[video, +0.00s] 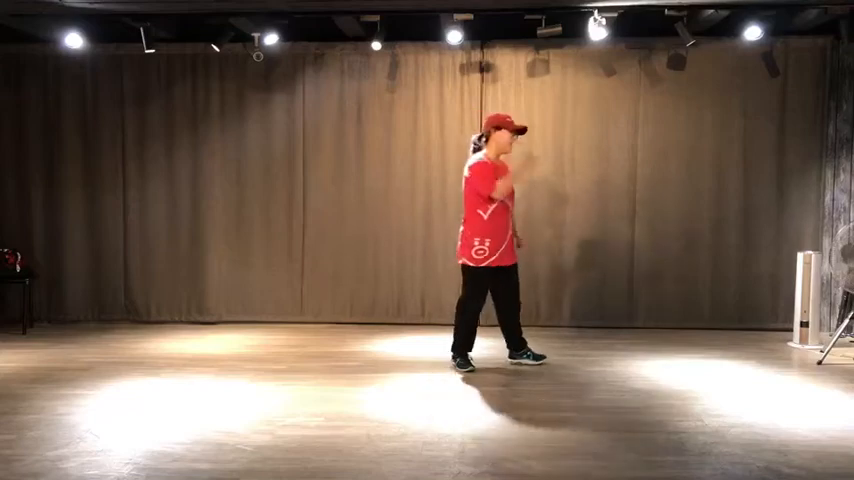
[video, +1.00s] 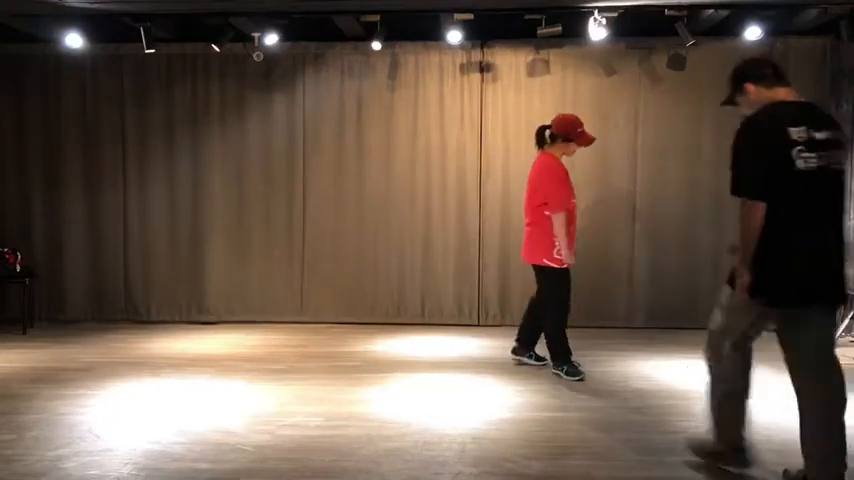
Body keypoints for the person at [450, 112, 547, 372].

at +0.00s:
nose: (513, 141)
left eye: (513, 136)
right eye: (510, 135)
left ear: (498, 137)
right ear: (494, 135)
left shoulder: (503, 167)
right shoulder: (477, 165)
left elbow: (507, 205)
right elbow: (497, 192)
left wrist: (512, 232)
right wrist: (519, 170)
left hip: (502, 248)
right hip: (478, 249)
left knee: (509, 302)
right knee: (471, 304)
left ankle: (517, 349)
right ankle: (460, 353)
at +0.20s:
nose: (530, 136)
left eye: (530, 132)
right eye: (526, 131)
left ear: (511, 134)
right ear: (510, 132)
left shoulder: (508, 164)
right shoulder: (502, 164)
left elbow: (508, 205)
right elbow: (507, 205)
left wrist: (517, 237)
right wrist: (510, 237)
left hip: (516, 250)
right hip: (499, 249)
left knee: (517, 301)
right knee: (489, 299)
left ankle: (518, 349)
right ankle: (464, 349)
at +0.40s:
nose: (543, 138)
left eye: (543, 133)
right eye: (540, 133)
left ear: (525, 134)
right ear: (524, 133)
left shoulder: (521, 163)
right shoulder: (513, 162)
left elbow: (504, 200)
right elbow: (499, 198)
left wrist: (493, 230)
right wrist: (491, 230)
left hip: (524, 245)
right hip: (515, 246)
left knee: (522, 301)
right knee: (518, 301)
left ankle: (518, 348)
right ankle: (495, 346)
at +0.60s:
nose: (553, 147)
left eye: (554, 142)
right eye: (552, 141)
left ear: (539, 138)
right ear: (538, 137)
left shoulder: (527, 161)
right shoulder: (520, 160)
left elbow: (516, 192)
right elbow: (511, 187)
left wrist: (539, 197)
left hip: (525, 243)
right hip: (524, 244)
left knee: (521, 294)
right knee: (544, 292)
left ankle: (518, 347)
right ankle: (530, 348)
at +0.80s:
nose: (566, 147)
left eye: (567, 142)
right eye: (564, 142)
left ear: (548, 138)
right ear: (550, 138)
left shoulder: (536, 162)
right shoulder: (534, 164)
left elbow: (539, 206)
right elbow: (549, 198)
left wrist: (552, 237)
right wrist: (580, 192)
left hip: (532, 246)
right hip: (531, 248)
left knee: (523, 299)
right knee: (545, 303)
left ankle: (518, 350)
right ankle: (559, 357)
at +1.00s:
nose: (577, 148)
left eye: (578, 144)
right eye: (575, 143)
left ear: (557, 139)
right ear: (564, 141)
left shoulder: (544, 163)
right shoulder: (552, 168)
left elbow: (552, 209)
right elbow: (558, 212)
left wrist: (557, 241)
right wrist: (563, 245)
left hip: (542, 248)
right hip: (550, 250)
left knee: (545, 298)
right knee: (556, 304)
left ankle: (523, 347)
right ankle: (561, 360)